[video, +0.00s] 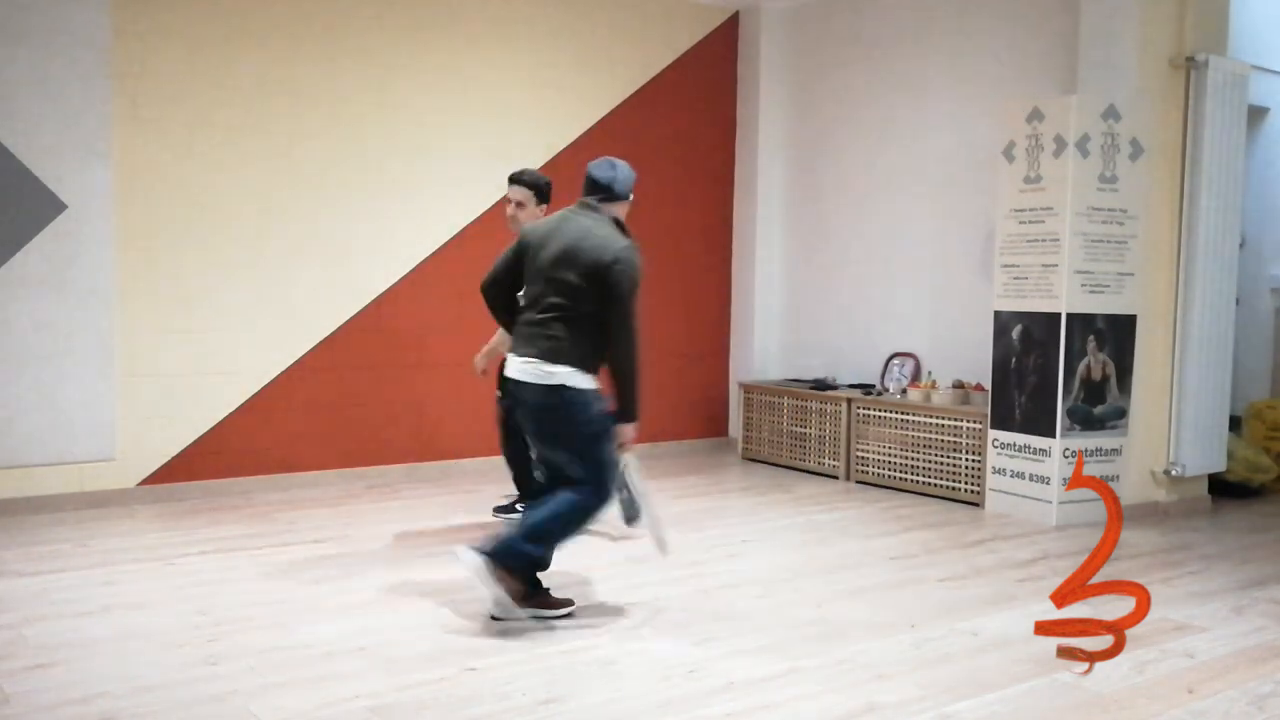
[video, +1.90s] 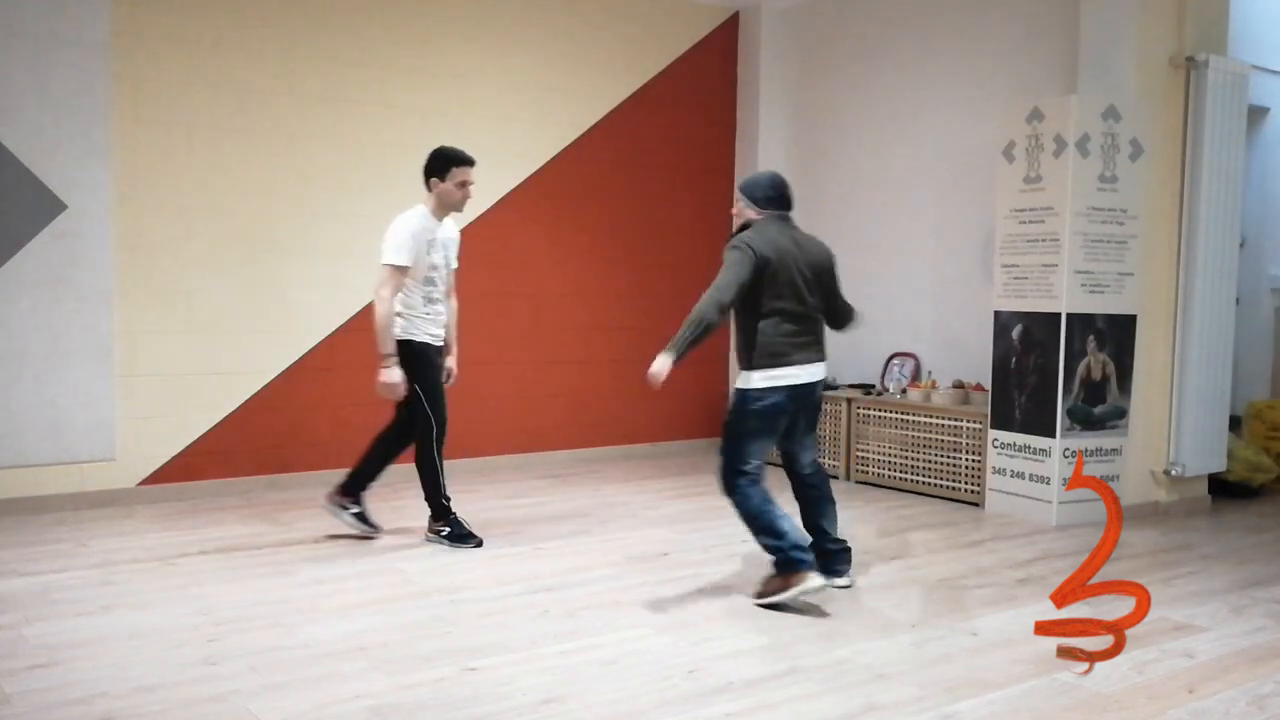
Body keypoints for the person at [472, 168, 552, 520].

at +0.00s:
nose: (510, 212)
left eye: (519, 205)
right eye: (508, 203)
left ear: (542, 208)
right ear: (506, 203)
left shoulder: (546, 250)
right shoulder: (527, 247)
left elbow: (526, 311)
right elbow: (522, 308)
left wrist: (490, 351)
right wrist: (495, 349)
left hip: (535, 354)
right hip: (519, 353)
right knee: (513, 423)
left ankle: (533, 495)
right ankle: (530, 492)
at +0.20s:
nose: (513, 207)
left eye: (521, 200)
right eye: (507, 199)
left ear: (531, 203)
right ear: (495, 199)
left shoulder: (543, 247)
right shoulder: (488, 238)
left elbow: (536, 312)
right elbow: (493, 293)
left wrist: (484, 338)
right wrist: (484, 332)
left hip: (520, 348)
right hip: (488, 342)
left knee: (492, 421)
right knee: (470, 412)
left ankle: (524, 482)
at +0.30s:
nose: (509, 207)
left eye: (517, 200)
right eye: (503, 198)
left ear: (525, 203)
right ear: (489, 199)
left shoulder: (538, 247)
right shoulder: (472, 238)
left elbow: (534, 309)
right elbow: (465, 290)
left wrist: (488, 345)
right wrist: (465, 331)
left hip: (515, 350)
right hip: (471, 343)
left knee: (500, 421)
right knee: (458, 414)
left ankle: (497, 487)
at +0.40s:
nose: (505, 211)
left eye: (511, 205)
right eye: (498, 203)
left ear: (518, 207)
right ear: (483, 204)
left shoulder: (530, 252)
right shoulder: (459, 245)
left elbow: (532, 312)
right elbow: (442, 296)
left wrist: (504, 354)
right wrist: (433, 342)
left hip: (509, 353)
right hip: (461, 349)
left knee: (509, 424)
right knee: (449, 418)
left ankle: (478, 484)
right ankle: (434, 480)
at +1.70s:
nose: (494, 193)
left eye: (497, 185)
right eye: (487, 185)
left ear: (492, 187)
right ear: (461, 183)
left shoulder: (481, 232)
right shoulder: (432, 227)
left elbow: (483, 298)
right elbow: (403, 292)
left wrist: (493, 353)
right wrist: (412, 356)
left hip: (463, 342)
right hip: (432, 343)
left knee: (474, 414)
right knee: (443, 422)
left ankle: (448, 491)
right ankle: (442, 517)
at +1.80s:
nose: (483, 191)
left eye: (485, 184)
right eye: (476, 183)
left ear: (471, 185)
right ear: (450, 183)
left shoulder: (467, 231)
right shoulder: (420, 227)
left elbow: (467, 297)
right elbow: (397, 294)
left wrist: (468, 353)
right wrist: (406, 358)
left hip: (450, 344)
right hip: (421, 343)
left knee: (450, 418)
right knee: (433, 424)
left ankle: (394, 490)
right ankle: (441, 516)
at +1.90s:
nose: (469, 193)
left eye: (470, 184)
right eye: (462, 184)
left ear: (457, 185)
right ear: (435, 184)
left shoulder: (450, 232)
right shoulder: (409, 226)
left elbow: (451, 296)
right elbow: (383, 296)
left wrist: (451, 350)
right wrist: (388, 361)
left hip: (433, 344)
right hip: (409, 343)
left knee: (406, 426)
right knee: (432, 426)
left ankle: (348, 494)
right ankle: (441, 518)